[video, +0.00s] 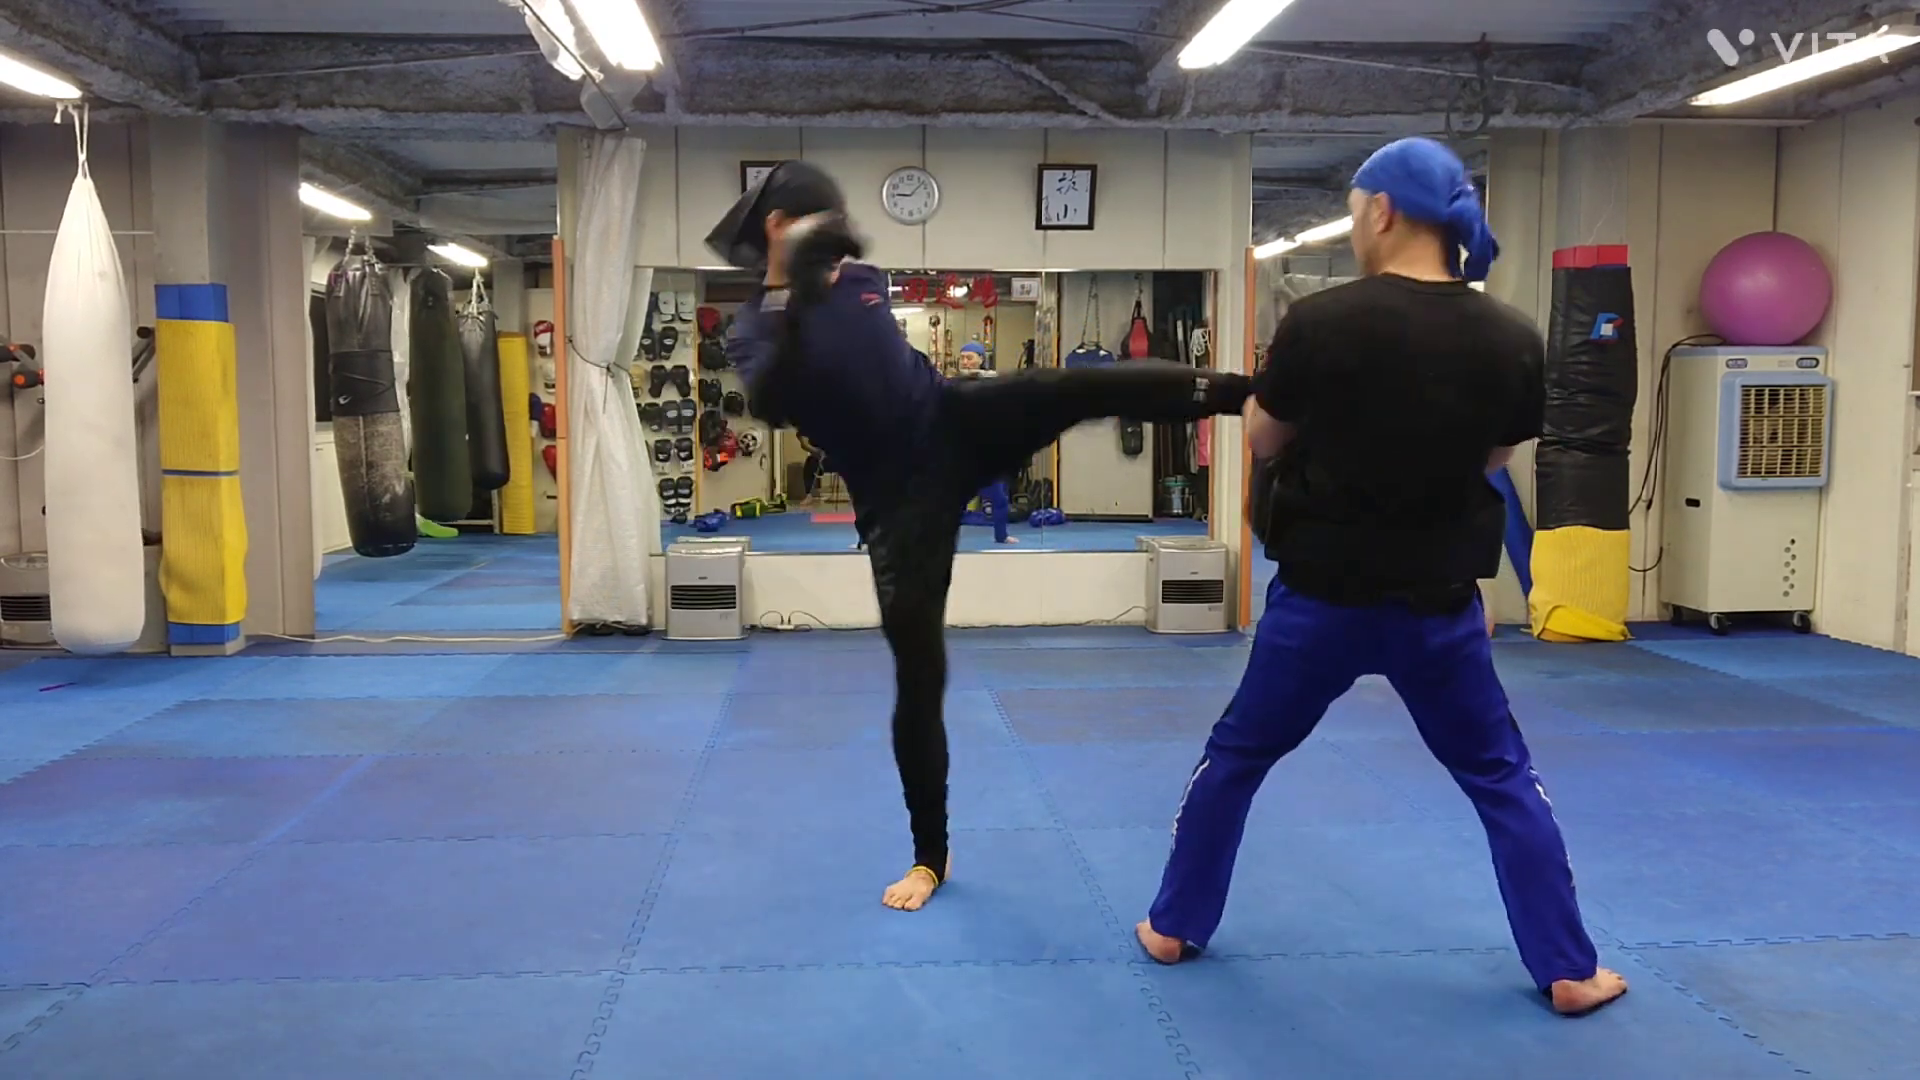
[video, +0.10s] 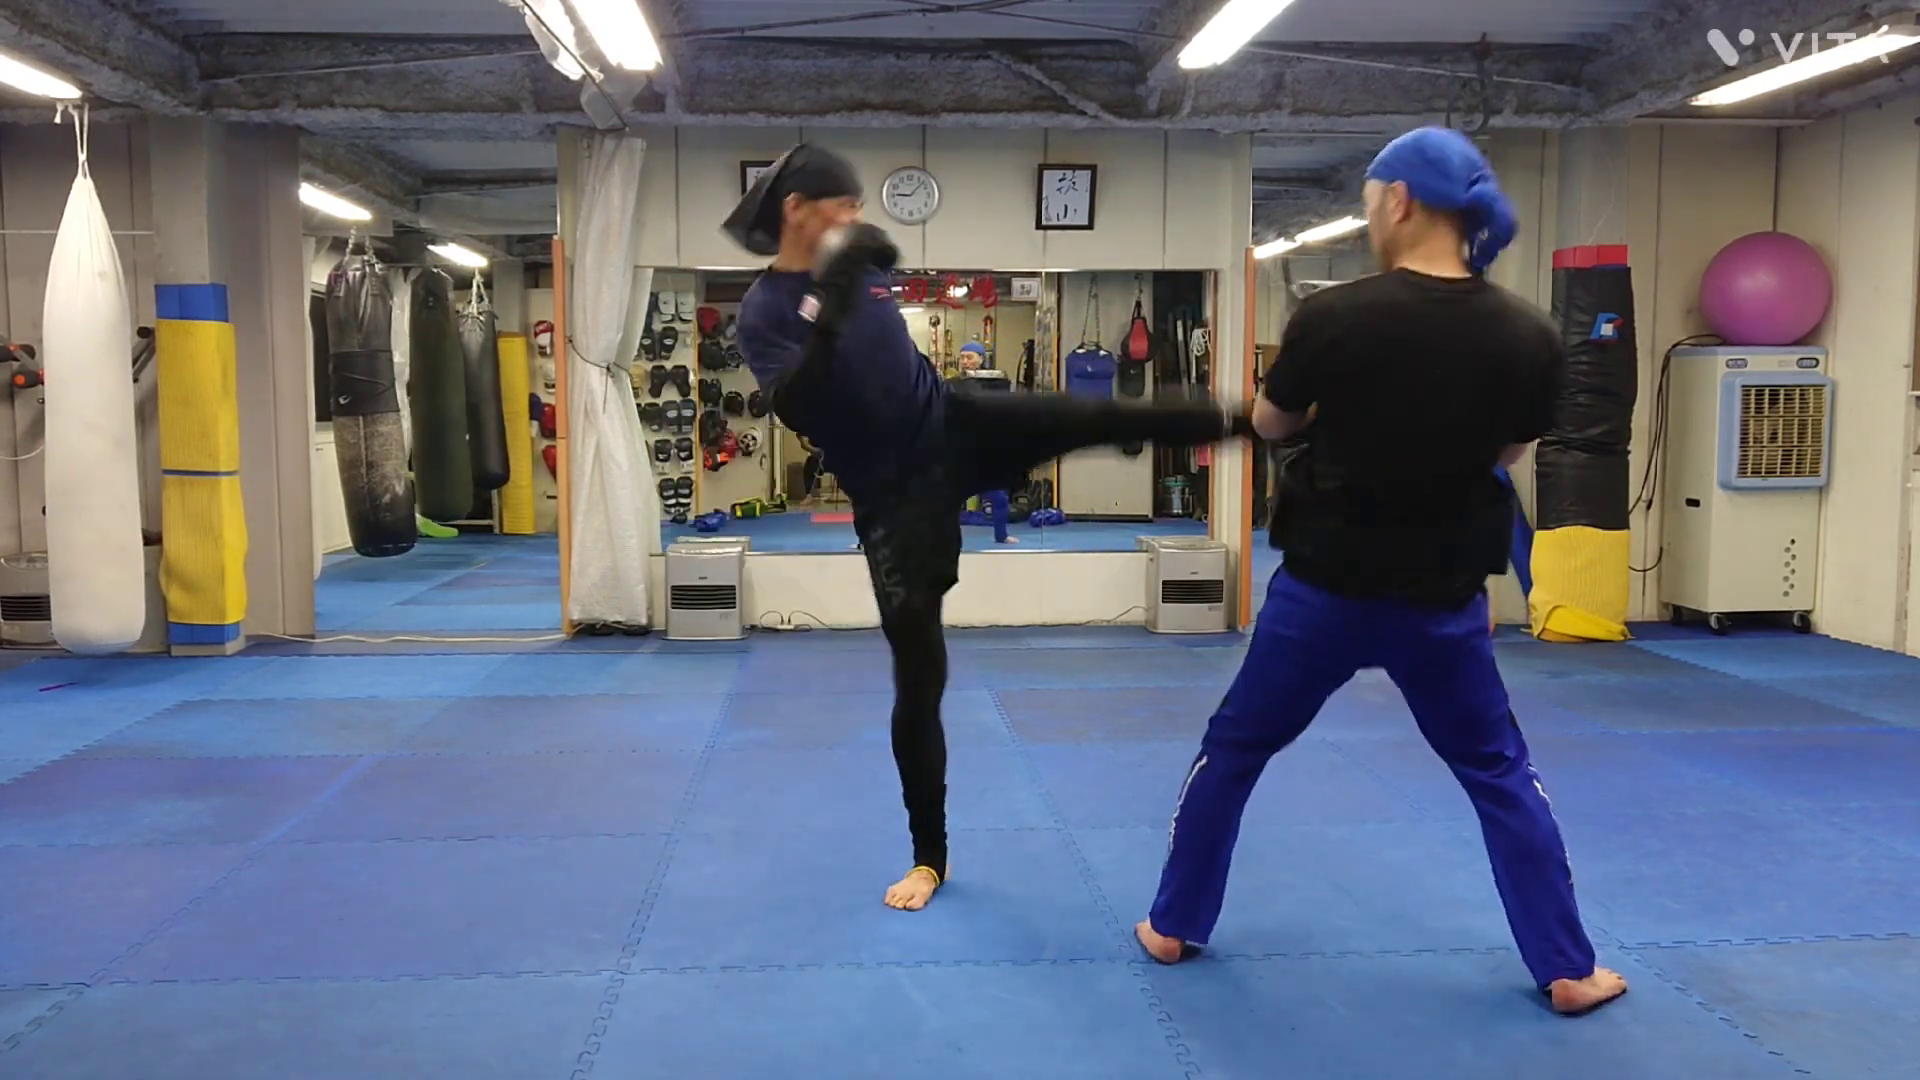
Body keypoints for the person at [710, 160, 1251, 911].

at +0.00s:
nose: (816, 231)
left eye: (822, 219)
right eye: (798, 219)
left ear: (832, 224)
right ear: (769, 232)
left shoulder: (855, 281)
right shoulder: (754, 328)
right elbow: (772, 400)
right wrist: (784, 291)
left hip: (953, 422)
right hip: (898, 501)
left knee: (1080, 386)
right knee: (919, 675)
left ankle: (1258, 392)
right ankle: (929, 857)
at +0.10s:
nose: (854, 216)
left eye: (855, 203)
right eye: (840, 203)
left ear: (820, 212)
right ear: (794, 210)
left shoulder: (848, 269)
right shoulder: (763, 316)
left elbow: (876, 251)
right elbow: (798, 405)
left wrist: (865, 253)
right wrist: (829, 299)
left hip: (953, 424)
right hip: (896, 499)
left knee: (1097, 417)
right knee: (919, 678)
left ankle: (1256, 419)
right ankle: (928, 858)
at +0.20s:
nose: (884, 217)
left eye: (887, 202)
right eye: (870, 202)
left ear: (858, 206)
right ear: (825, 202)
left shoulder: (879, 276)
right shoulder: (777, 302)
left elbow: (920, 372)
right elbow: (790, 414)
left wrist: (1006, 408)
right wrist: (853, 328)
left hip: (954, 448)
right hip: (888, 506)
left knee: (1070, 476)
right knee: (910, 685)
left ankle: (1174, 537)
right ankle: (925, 859)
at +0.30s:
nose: (916, 219)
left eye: (918, 206)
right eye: (905, 204)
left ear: (894, 207)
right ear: (857, 200)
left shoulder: (904, 283)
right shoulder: (808, 297)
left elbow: (957, 367)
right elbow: (816, 405)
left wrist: (1031, 353)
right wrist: (882, 334)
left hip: (949, 480)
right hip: (885, 514)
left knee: (1050, 584)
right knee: (911, 691)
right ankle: (923, 860)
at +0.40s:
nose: (954, 221)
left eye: (958, 208)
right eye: (944, 206)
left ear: (928, 209)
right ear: (896, 202)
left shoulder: (931, 286)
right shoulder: (852, 293)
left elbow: (963, 375)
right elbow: (856, 402)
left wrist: (1023, 348)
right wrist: (931, 326)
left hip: (939, 498)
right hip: (882, 510)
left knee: (973, 629)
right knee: (913, 672)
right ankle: (908, 861)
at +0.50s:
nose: (996, 229)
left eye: (999, 215)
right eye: (984, 213)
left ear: (964, 218)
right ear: (937, 212)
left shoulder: (953, 293)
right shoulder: (896, 293)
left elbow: (959, 400)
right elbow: (902, 401)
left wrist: (1033, 386)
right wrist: (977, 332)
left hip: (917, 502)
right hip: (880, 505)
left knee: (921, 658)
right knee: (907, 666)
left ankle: (908, 806)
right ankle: (890, 854)